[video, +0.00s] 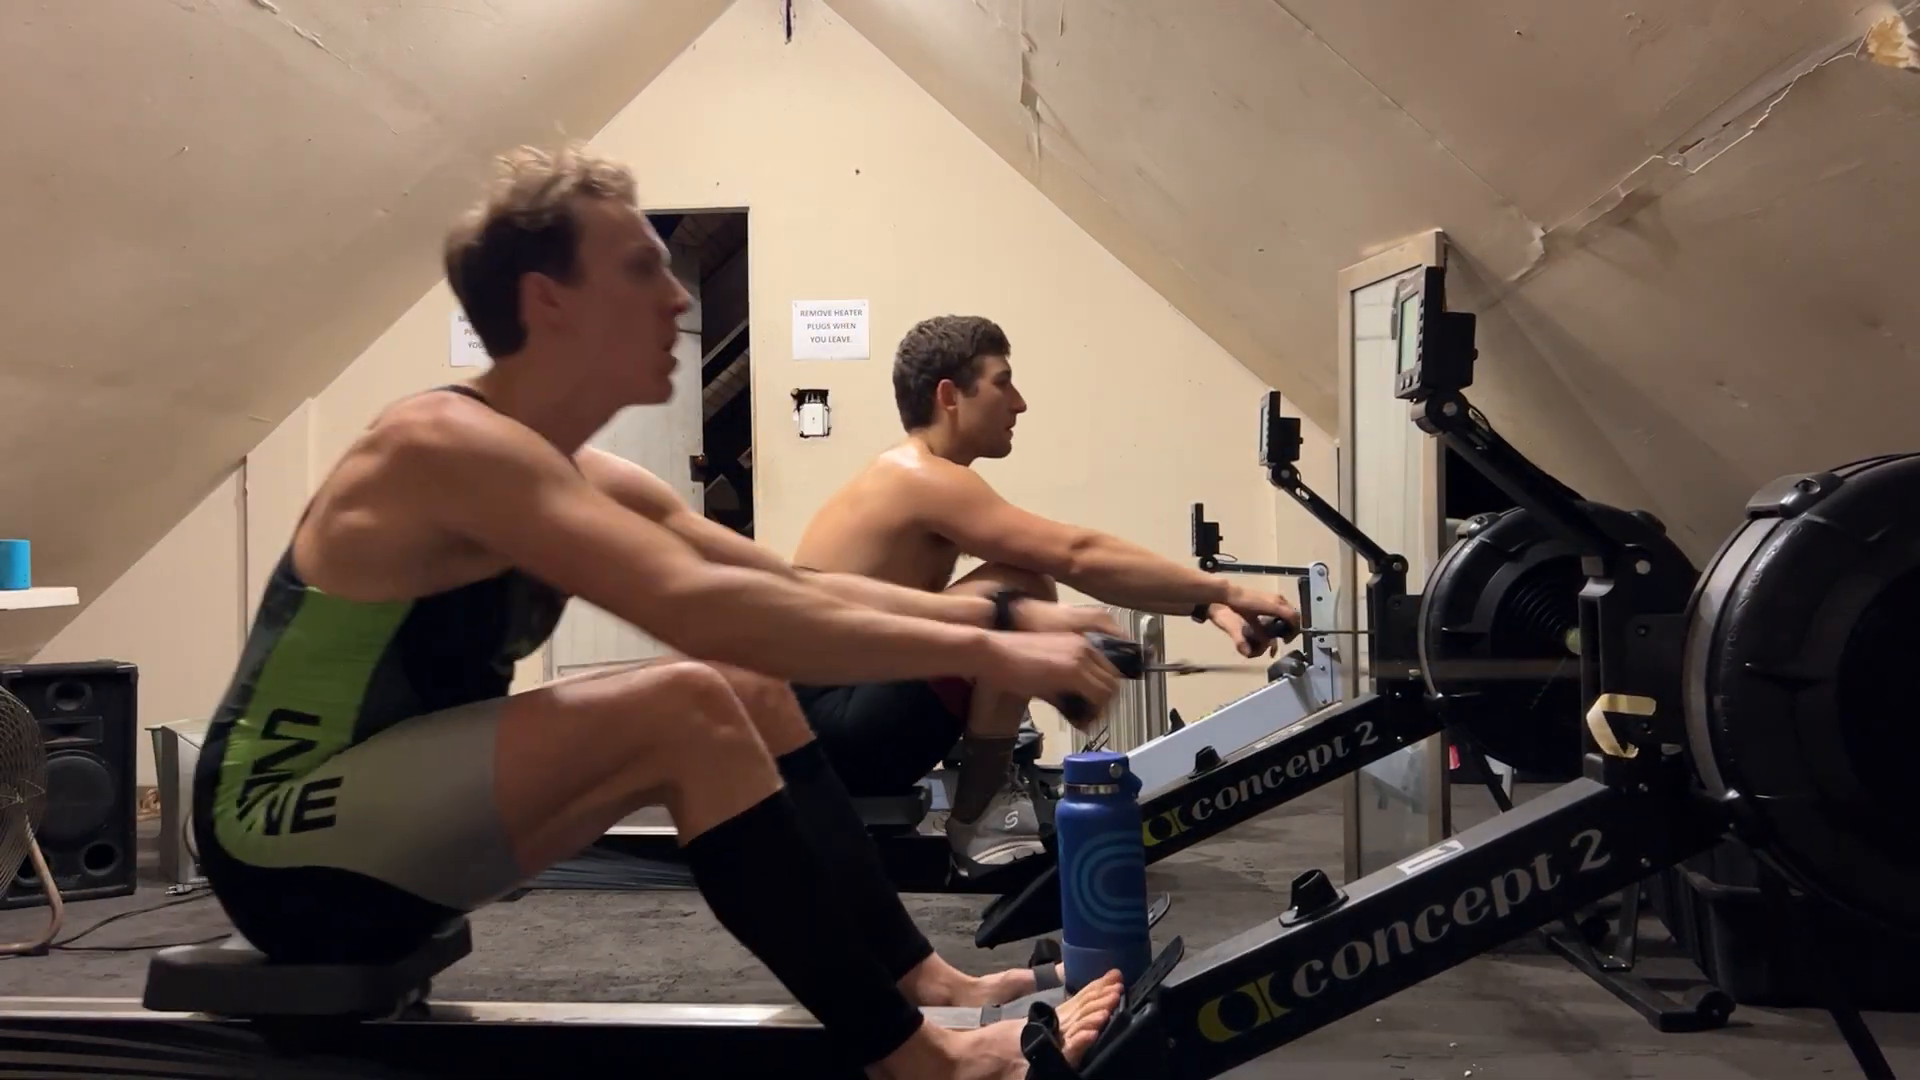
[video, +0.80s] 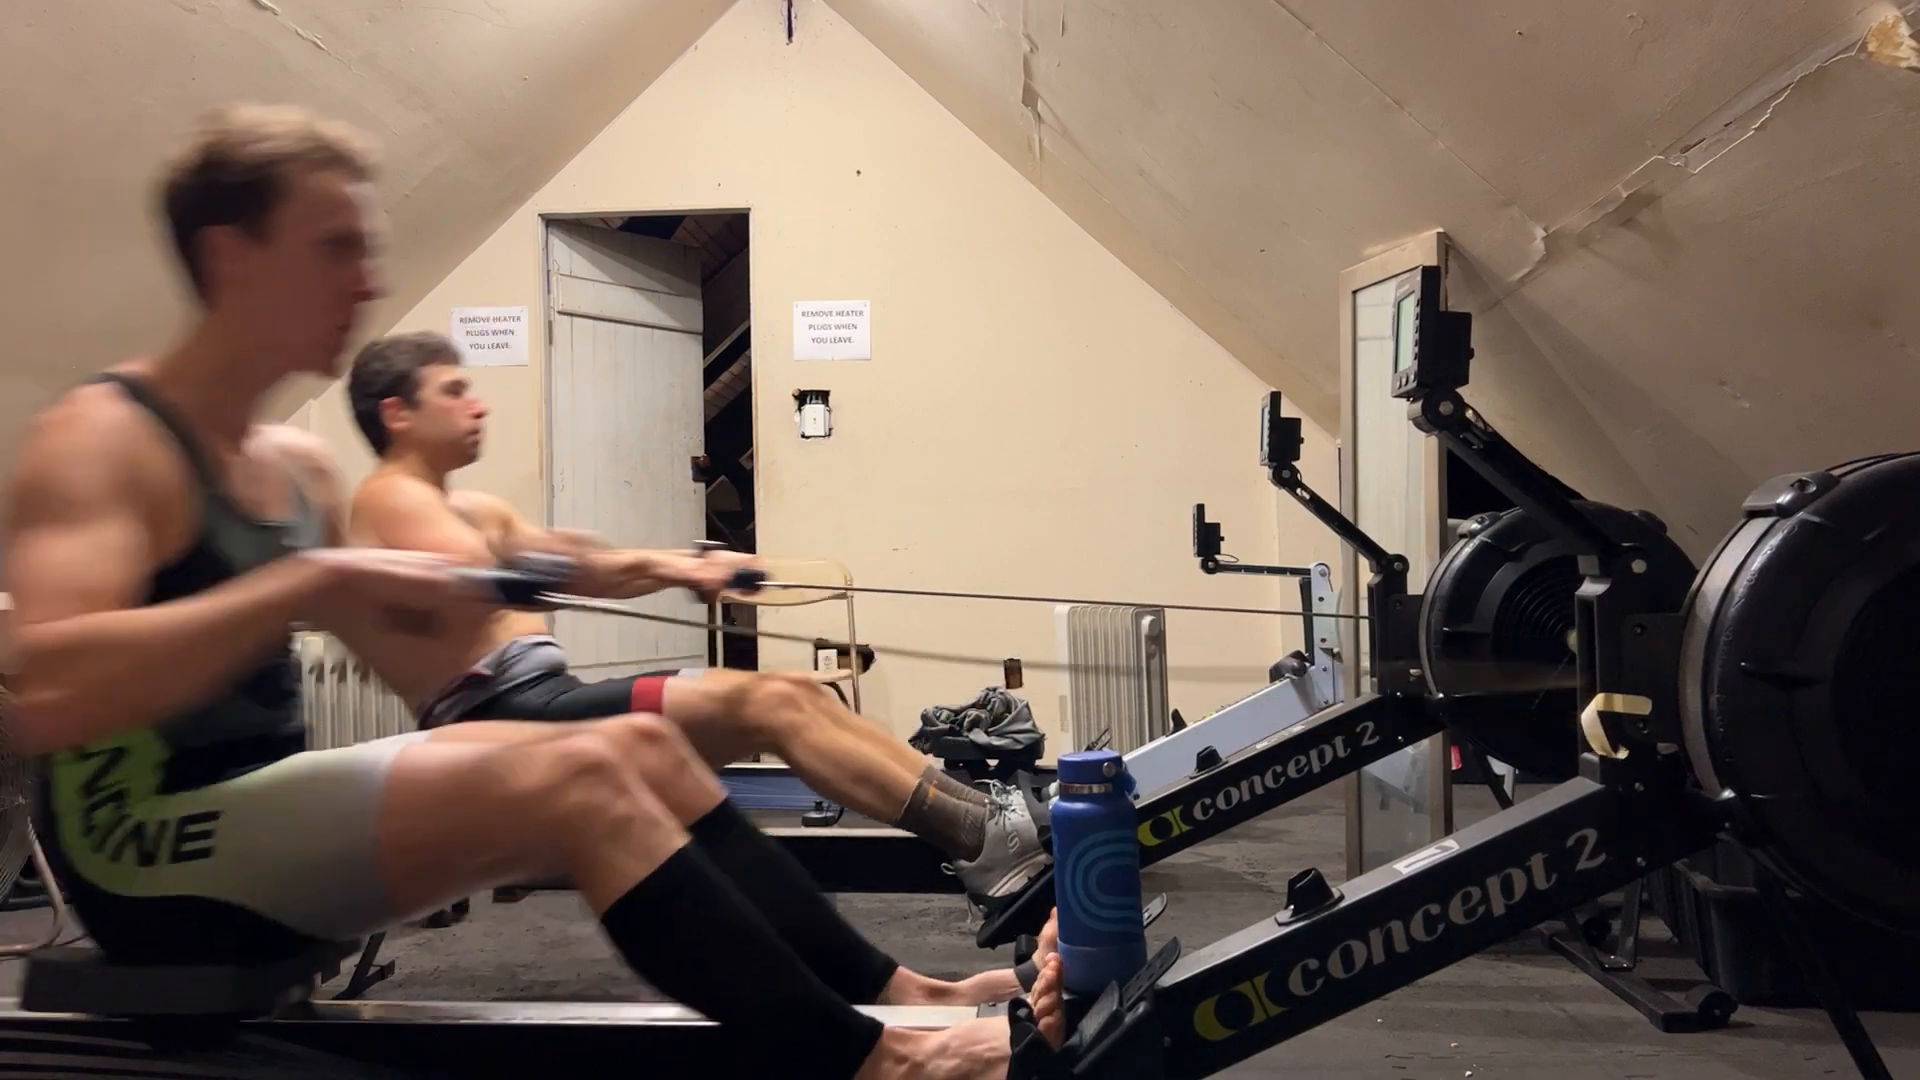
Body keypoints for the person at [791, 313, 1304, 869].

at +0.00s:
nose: (1019, 402)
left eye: (1012, 383)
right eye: (1002, 384)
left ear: (952, 400)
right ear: (948, 397)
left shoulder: (916, 476)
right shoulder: (925, 482)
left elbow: (1076, 553)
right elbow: (1075, 558)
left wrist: (1211, 600)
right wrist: (1223, 592)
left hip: (834, 717)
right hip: (833, 730)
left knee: (1015, 588)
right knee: (1014, 584)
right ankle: (979, 819)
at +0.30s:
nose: (942, 391)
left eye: (933, 374)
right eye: (923, 376)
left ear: (873, 396)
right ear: (872, 394)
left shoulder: (846, 468)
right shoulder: (859, 474)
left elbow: (1004, 551)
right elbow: (1005, 548)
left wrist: (1139, 582)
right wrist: (1145, 570)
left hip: (785, 719)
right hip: (788, 728)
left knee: (974, 589)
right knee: (975, 590)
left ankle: (981, 806)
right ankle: (980, 822)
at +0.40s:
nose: (859, 387)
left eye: (849, 371)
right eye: (839, 373)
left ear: (786, 391)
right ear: (785, 389)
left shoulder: (773, 467)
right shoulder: (770, 467)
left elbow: (923, 554)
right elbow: (916, 544)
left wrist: (1053, 581)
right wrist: (1058, 569)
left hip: (734, 710)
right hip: (729, 721)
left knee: (926, 594)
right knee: (930, 604)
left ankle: (983, 813)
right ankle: (981, 826)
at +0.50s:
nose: (764, 387)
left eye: (755, 369)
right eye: (743, 371)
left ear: (694, 390)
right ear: (686, 388)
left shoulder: (706, 472)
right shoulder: (681, 468)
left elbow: (839, 554)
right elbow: (823, 543)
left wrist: (969, 569)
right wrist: (968, 566)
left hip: (687, 712)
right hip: (665, 724)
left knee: (885, 612)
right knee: (887, 616)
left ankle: (980, 817)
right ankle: (978, 828)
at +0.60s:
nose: (660, 384)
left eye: (653, 368)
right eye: (639, 370)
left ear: (588, 393)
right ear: (583, 391)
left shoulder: (603, 474)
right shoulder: (581, 474)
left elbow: (734, 544)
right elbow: (731, 545)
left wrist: (869, 563)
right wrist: (875, 562)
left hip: (629, 706)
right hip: (598, 717)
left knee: (855, 639)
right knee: (847, 642)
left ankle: (984, 825)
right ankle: (982, 836)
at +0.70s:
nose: (561, 389)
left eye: (553, 373)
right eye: (539, 376)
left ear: (505, 393)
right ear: (482, 394)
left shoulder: (555, 491)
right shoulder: (476, 482)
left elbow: (655, 548)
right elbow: (616, 559)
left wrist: (782, 564)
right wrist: (777, 565)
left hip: (583, 699)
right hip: (534, 715)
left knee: (818, 675)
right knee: (811, 671)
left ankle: (981, 834)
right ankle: (982, 835)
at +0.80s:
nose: (477, 409)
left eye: (472, 392)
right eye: (456, 393)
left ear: (426, 411)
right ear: (395, 413)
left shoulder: (478, 512)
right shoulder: (391, 499)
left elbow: (574, 568)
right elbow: (501, 576)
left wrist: (687, 565)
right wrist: (668, 566)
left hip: (547, 691)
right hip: (500, 706)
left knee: (805, 694)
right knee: (775, 702)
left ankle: (986, 824)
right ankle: (979, 842)